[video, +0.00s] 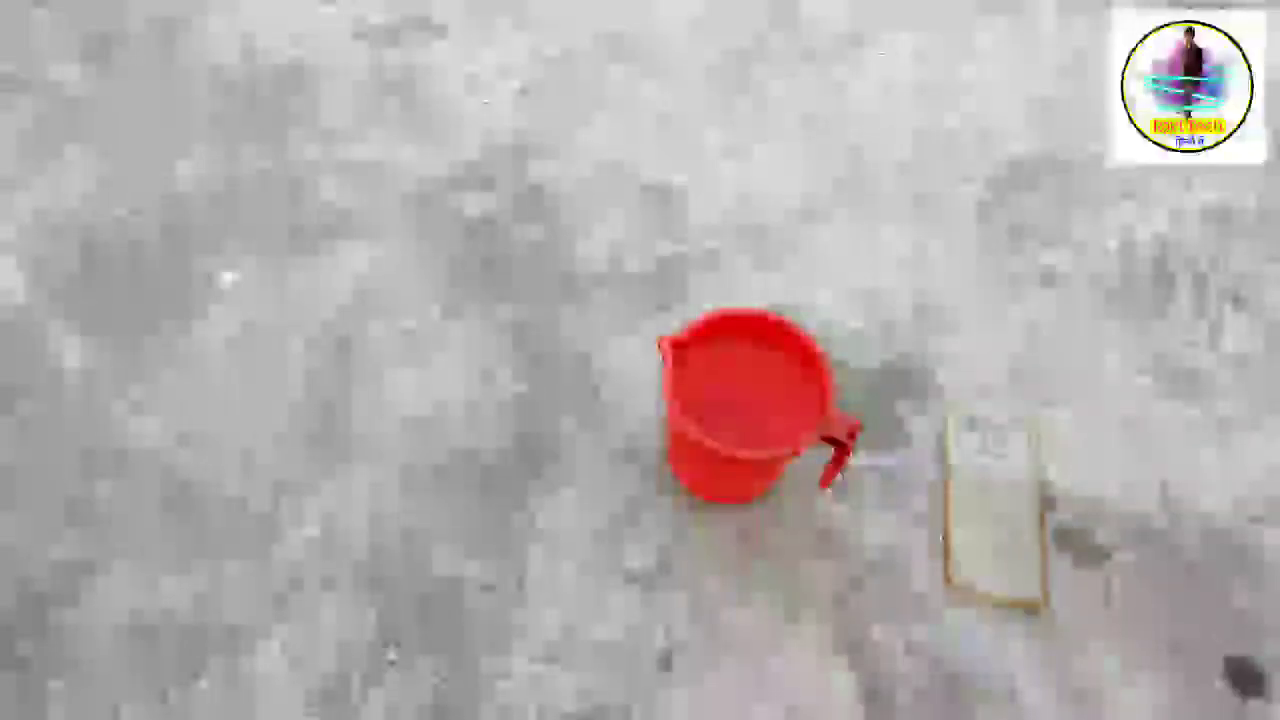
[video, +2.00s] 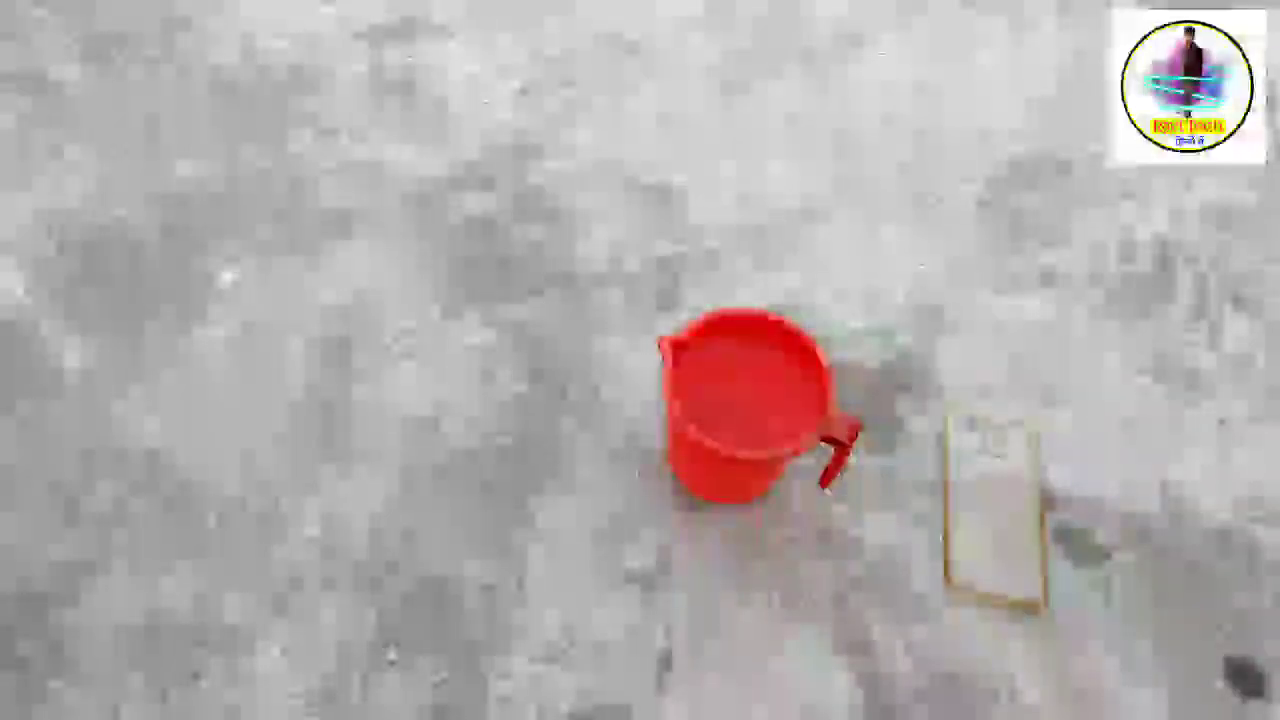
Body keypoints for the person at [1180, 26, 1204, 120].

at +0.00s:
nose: (1187, 38)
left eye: (1189, 36)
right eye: (1186, 36)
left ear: (1193, 36)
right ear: (1184, 36)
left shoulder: (1197, 50)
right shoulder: (1182, 50)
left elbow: (1199, 63)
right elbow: (1178, 61)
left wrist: (1199, 73)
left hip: (1194, 74)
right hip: (1184, 73)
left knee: (1190, 92)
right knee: (1185, 92)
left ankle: (1188, 111)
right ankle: (1186, 110)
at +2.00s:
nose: (1188, 38)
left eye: (1190, 36)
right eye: (1187, 35)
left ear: (1193, 36)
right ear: (1184, 36)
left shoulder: (1197, 50)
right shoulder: (1181, 49)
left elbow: (1199, 65)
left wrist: (1198, 77)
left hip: (1193, 74)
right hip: (1183, 74)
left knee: (1190, 92)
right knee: (1185, 92)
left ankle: (1188, 111)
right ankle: (1185, 110)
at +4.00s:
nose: (1189, 38)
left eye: (1191, 35)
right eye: (1187, 35)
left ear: (1194, 36)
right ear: (1184, 36)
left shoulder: (1198, 50)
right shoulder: (1182, 50)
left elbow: (1200, 64)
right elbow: (1177, 62)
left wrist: (1198, 74)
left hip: (1194, 75)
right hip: (1184, 74)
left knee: (1191, 93)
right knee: (1185, 93)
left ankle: (1189, 111)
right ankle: (1186, 111)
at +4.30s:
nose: (1189, 38)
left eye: (1191, 35)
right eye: (1187, 35)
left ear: (1194, 36)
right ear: (1184, 36)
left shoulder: (1198, 50)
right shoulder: (1182, 50)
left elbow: (1200, 64)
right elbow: (1177, 62)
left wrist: (1198, 74)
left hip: (1194, 75)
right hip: (1184, 74)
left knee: (1191, 93)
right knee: (1185, 93)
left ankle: (1189, 111)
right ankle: (1186, 111)